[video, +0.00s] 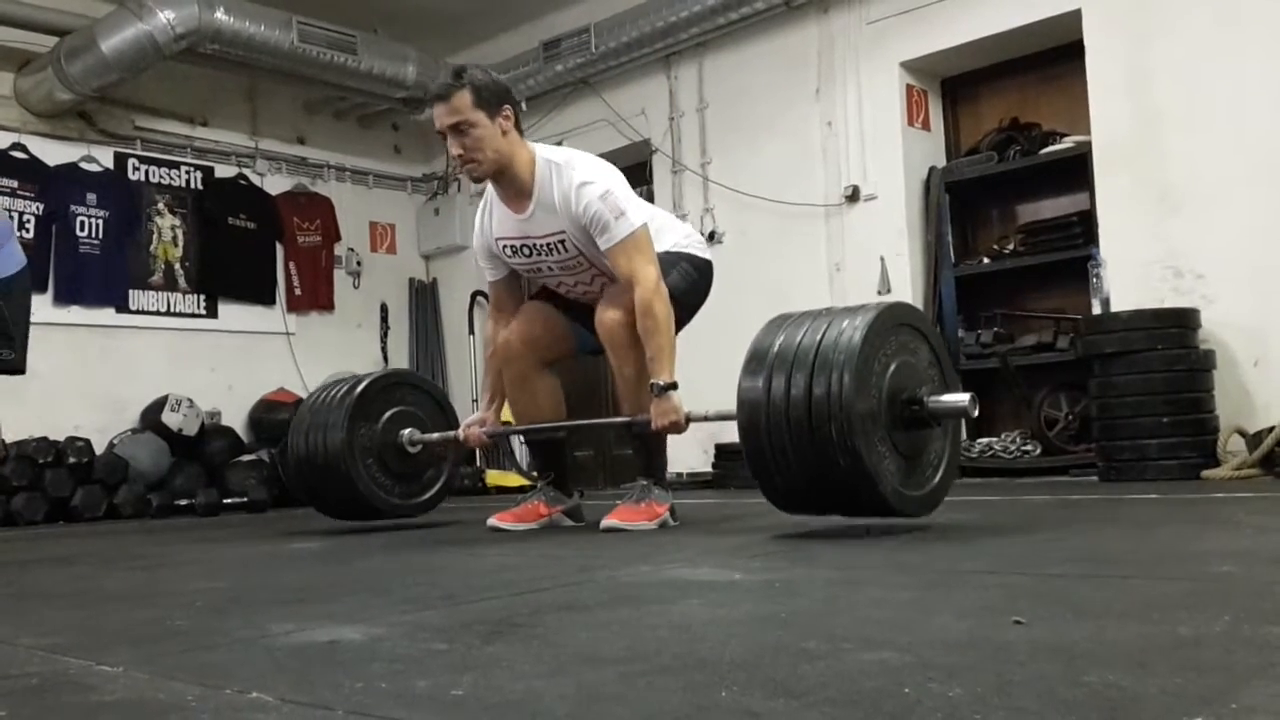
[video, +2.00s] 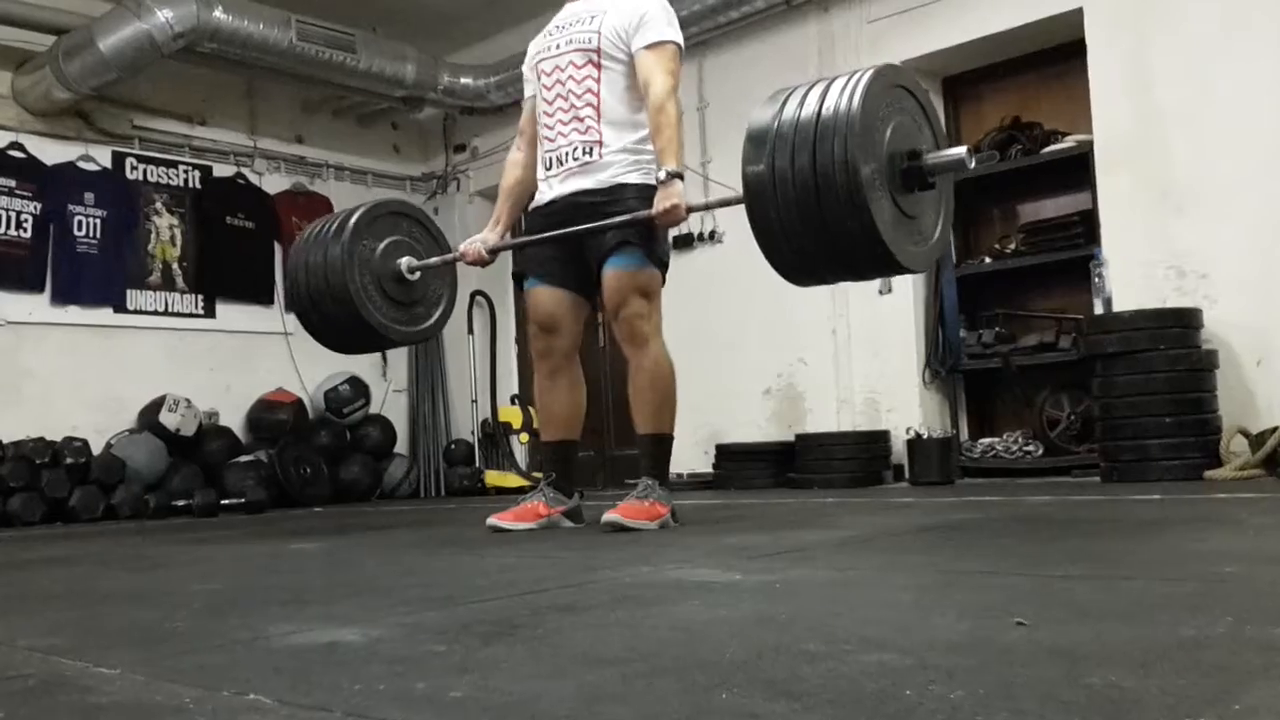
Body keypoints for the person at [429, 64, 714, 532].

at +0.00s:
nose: (453, 149)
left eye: (463, 130)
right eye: (445, 137)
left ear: (506, 120)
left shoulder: (587, 184)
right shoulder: (488, 227)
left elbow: (646, 281)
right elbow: (504, 316)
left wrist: (664, 388)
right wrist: (491, 407)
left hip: (672, 264)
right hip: (591, 293)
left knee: (615, 318)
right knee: (514, 343)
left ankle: (652, 491)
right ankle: (558, 494)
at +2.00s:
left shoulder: (641, 8)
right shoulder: (540, 45)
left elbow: (660, 92)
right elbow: (525, 145)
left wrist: (670, 175)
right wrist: (496, 228)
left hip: (625, 188)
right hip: (552, 203)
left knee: (634, 319)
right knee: (547, 332)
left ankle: (654, 487)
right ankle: (557, 492)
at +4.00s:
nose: (459, 183)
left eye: (465, 164)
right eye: (449, 174)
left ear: (504, 145)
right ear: (444, 175)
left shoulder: (589, 195)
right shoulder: (492, 231)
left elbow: (651, 295)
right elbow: (507, 325)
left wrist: (676, 400)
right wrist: (498, 417)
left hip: (676, 261)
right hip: (598, 292)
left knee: (628, 319)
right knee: (523, 343)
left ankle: (656, 490)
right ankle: (558, 494)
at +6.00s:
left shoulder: (648, 12)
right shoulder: (552, 50)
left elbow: (661, 98)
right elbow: (526, 144)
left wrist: (665, 176)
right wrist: (489, 228)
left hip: (612, 183)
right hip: (542, 197)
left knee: (627, 322)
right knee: (541, 336)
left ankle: (652, 488)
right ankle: (557, 493)